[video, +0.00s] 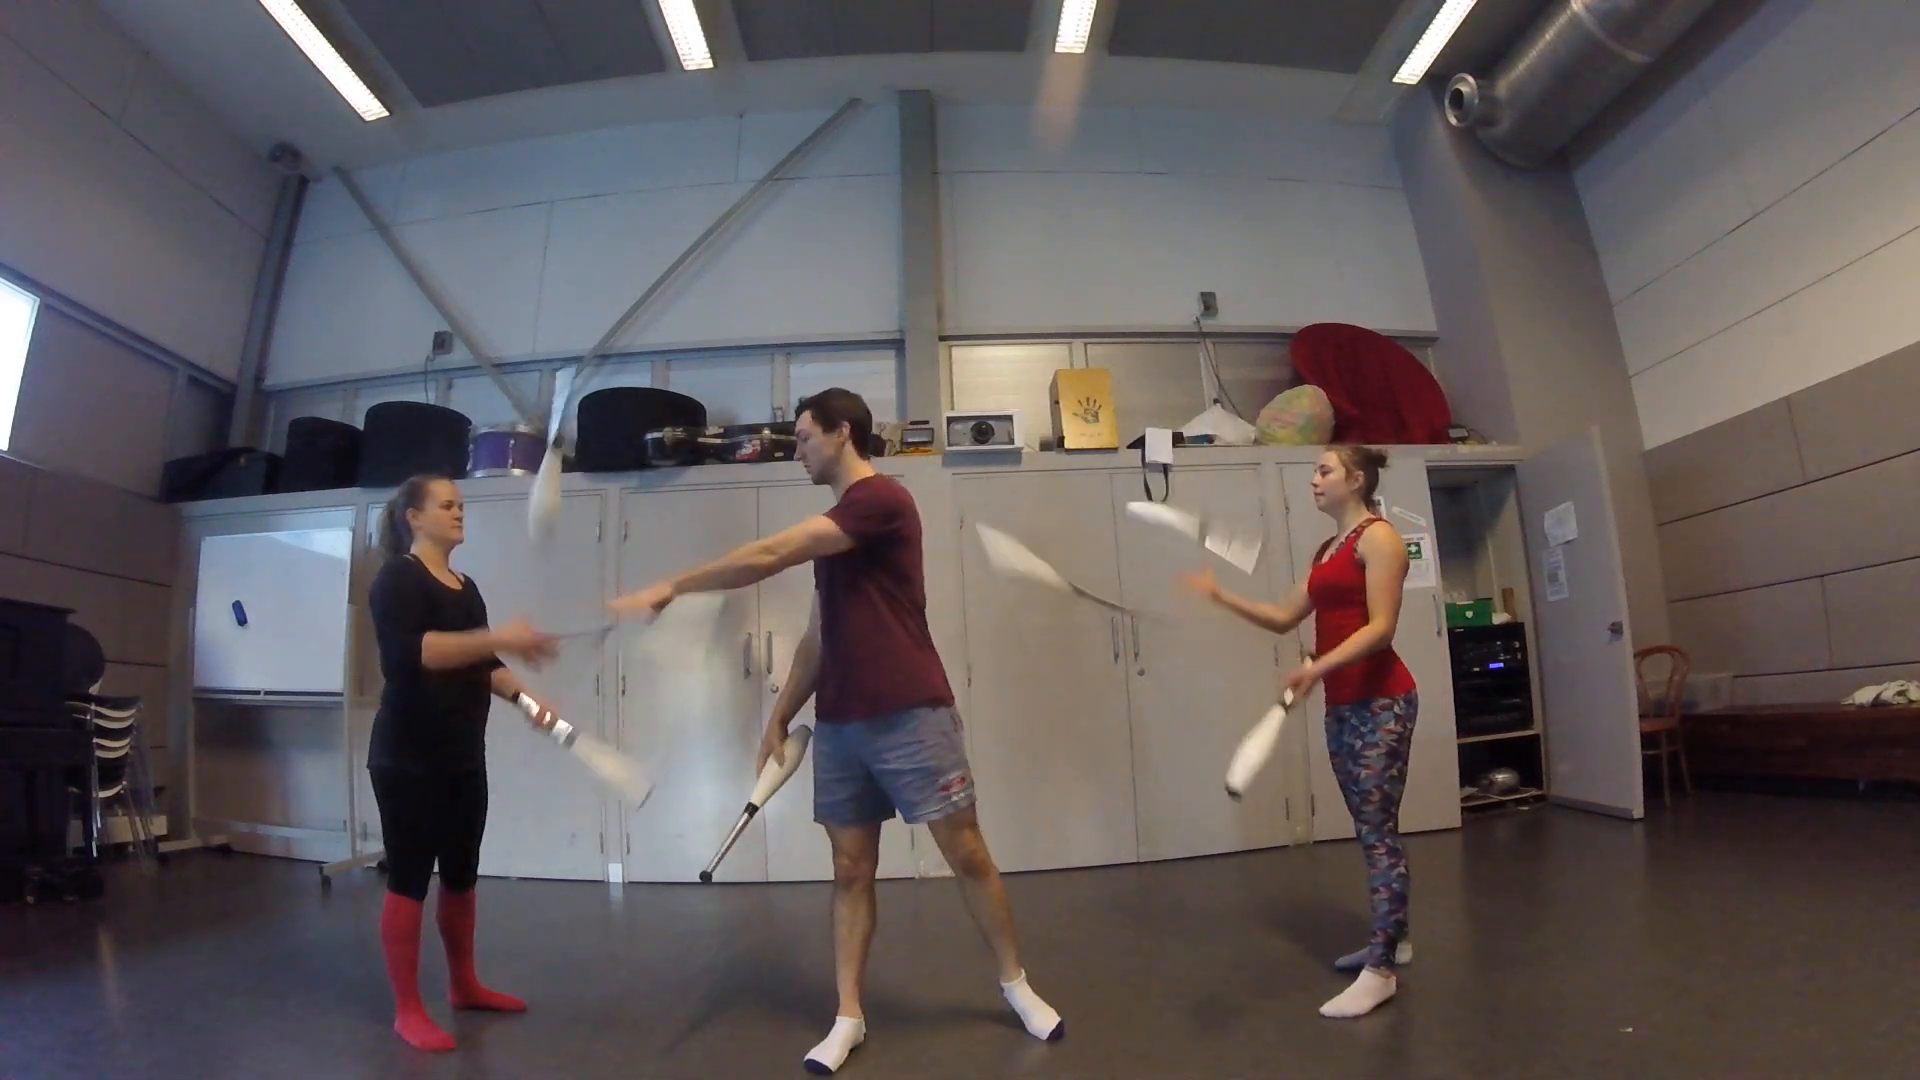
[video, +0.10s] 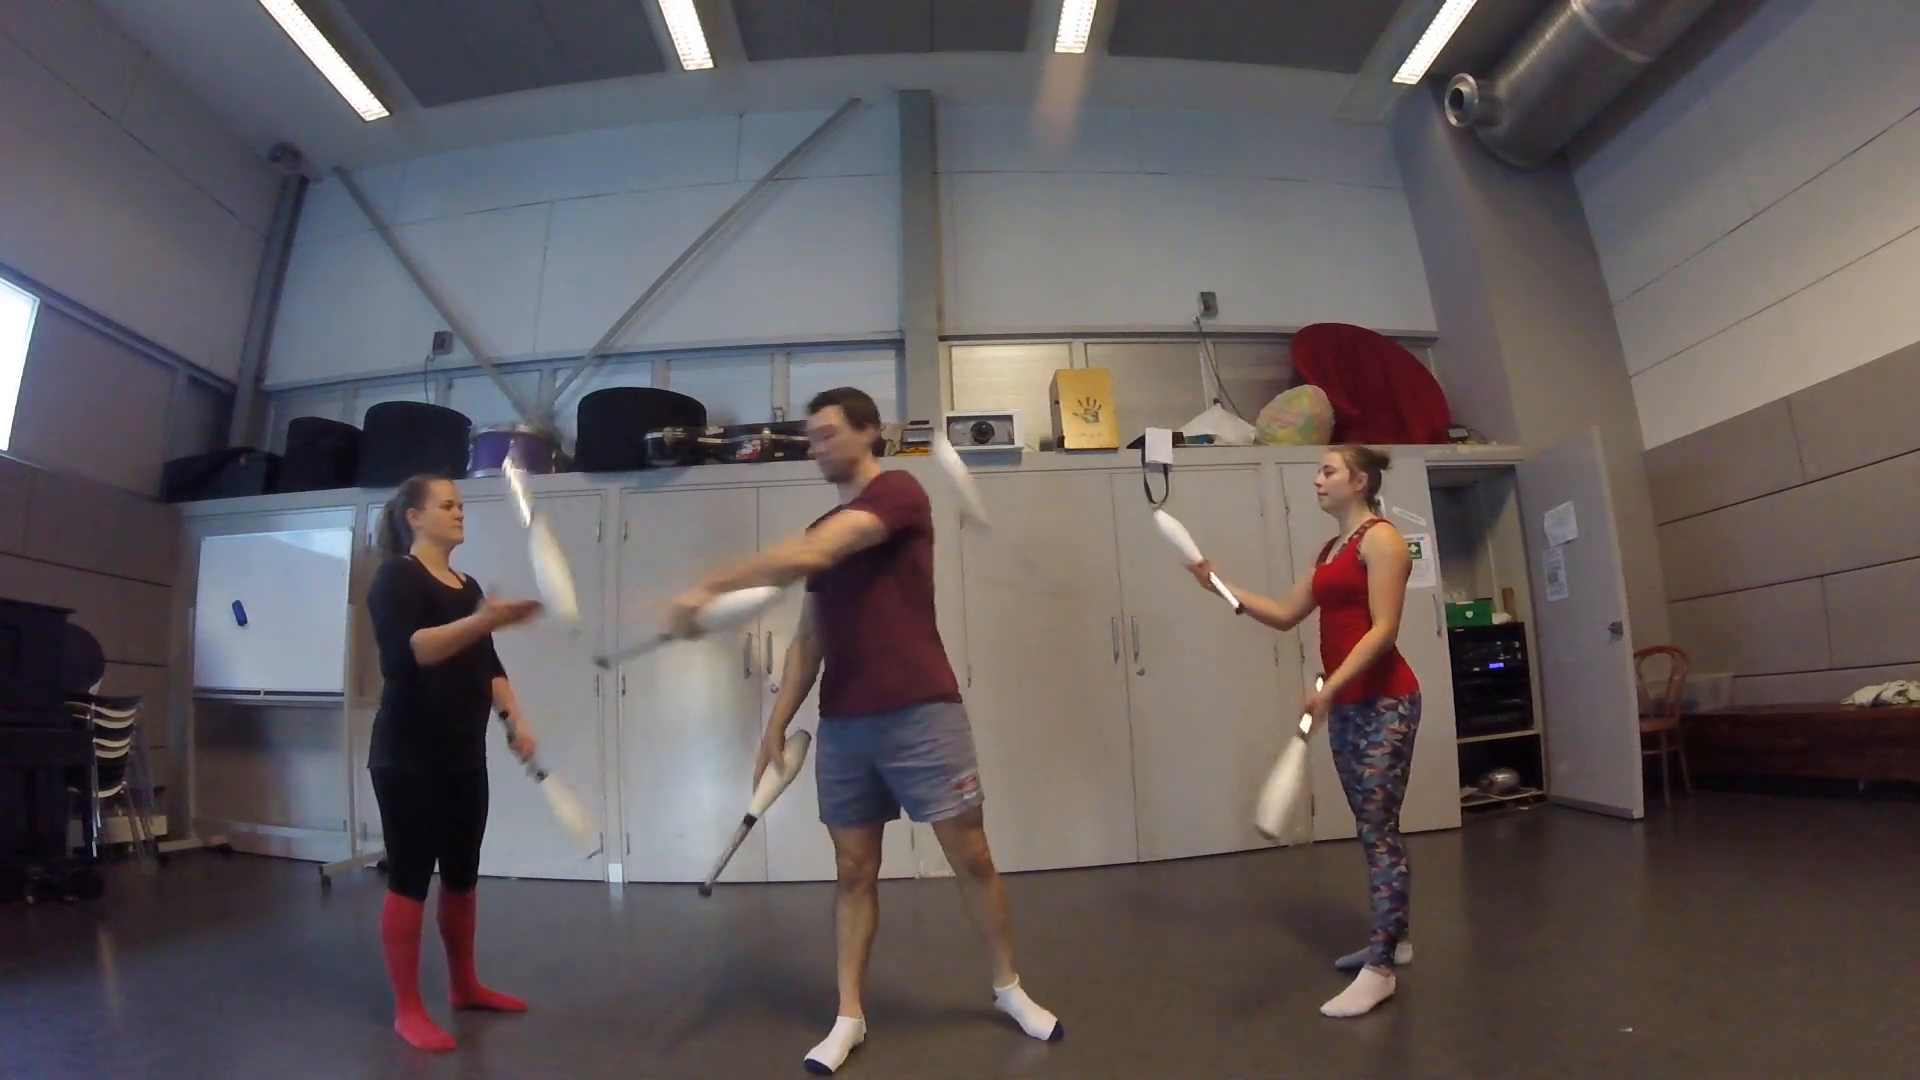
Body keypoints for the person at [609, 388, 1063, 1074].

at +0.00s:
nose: (798, 452)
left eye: (804, 439)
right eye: (797, 441)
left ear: (842, 434)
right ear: (839, 436)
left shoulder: (883, 499)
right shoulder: (838, 521)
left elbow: (772, 554)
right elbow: (821, 635)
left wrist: (671, 586)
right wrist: (781, 716)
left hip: (912, 710)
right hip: (841, 720)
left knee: (969, 855)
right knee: (851, 870)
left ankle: (1015, 982)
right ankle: (849, 1015)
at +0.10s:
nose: (815, 447)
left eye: (826, 434)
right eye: (811, 438)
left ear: (870, 435)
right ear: (819, 449)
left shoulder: (901, 493)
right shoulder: (827, 531)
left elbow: (815, 553)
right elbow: (810, 641)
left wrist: (711, 587)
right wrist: (775, 731)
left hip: (921, 710)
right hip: (845, 721)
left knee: (973, 859)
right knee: (853, 871)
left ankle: (1008, 986)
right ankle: (849, 1018)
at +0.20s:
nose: (876, 443)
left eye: (885, 432)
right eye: (862, 432)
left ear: (898, 440)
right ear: (833, 443)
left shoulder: (918, 498)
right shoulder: (814, 537)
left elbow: (910, 570)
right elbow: (797, 640)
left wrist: (807, 598)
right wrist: (779, 732)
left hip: (937, 711)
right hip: (857, 721)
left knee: (979, 860)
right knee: (856, 871)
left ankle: (996, 995)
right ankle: (848, 1017)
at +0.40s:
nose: (952, 444)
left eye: (952, 433)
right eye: (942, 433)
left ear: (921, 439)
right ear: (902, 436)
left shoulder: (943, 515)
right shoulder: (868, 523)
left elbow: (993, 587)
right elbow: (884, 636)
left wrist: (1030, 606)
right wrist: (926, 732)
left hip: (960, 710)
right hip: (888, 716)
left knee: (982, 854)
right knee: (874, 871)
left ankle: (992, 997)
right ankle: (849, 1016)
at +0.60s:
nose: (991, 444)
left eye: (989, 432)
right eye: (984, 431)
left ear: (941, 435)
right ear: (949, 434)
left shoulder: (914, 509)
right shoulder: (958, 511)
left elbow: (935, 612)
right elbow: (1028, 608)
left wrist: (998, 625)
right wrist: (1111, 664)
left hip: (949, 704)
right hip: (937, 709)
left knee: (976, 858)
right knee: (936, 866)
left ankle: (993, 999)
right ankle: (875, 1014)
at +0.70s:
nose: (1007, 445)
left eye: (1005, 433)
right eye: (1000, 433)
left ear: (954, 440)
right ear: (967, 437)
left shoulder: (911, 514)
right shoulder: (983, 506)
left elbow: (896, 615)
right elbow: (1078, 592)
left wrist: (980, 621)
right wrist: (1168, 626)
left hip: (929, 701)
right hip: (952, 706)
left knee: (978, 851)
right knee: (963, 871)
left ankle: (992, 996)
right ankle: (904, 1025)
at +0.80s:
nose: (1016, 445)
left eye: (1012, 433)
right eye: (1008, 433)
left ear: (958, 441)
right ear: (980, 437)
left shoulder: (917, 517)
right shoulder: (996, 504)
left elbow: (910, 623)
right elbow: (1108, 581)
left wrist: (995, 616)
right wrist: (1202, 608)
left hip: (933, 703)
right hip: (960, 708)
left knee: (984, 860)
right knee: (980, 876)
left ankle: (994, 995)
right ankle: (931, 1033)